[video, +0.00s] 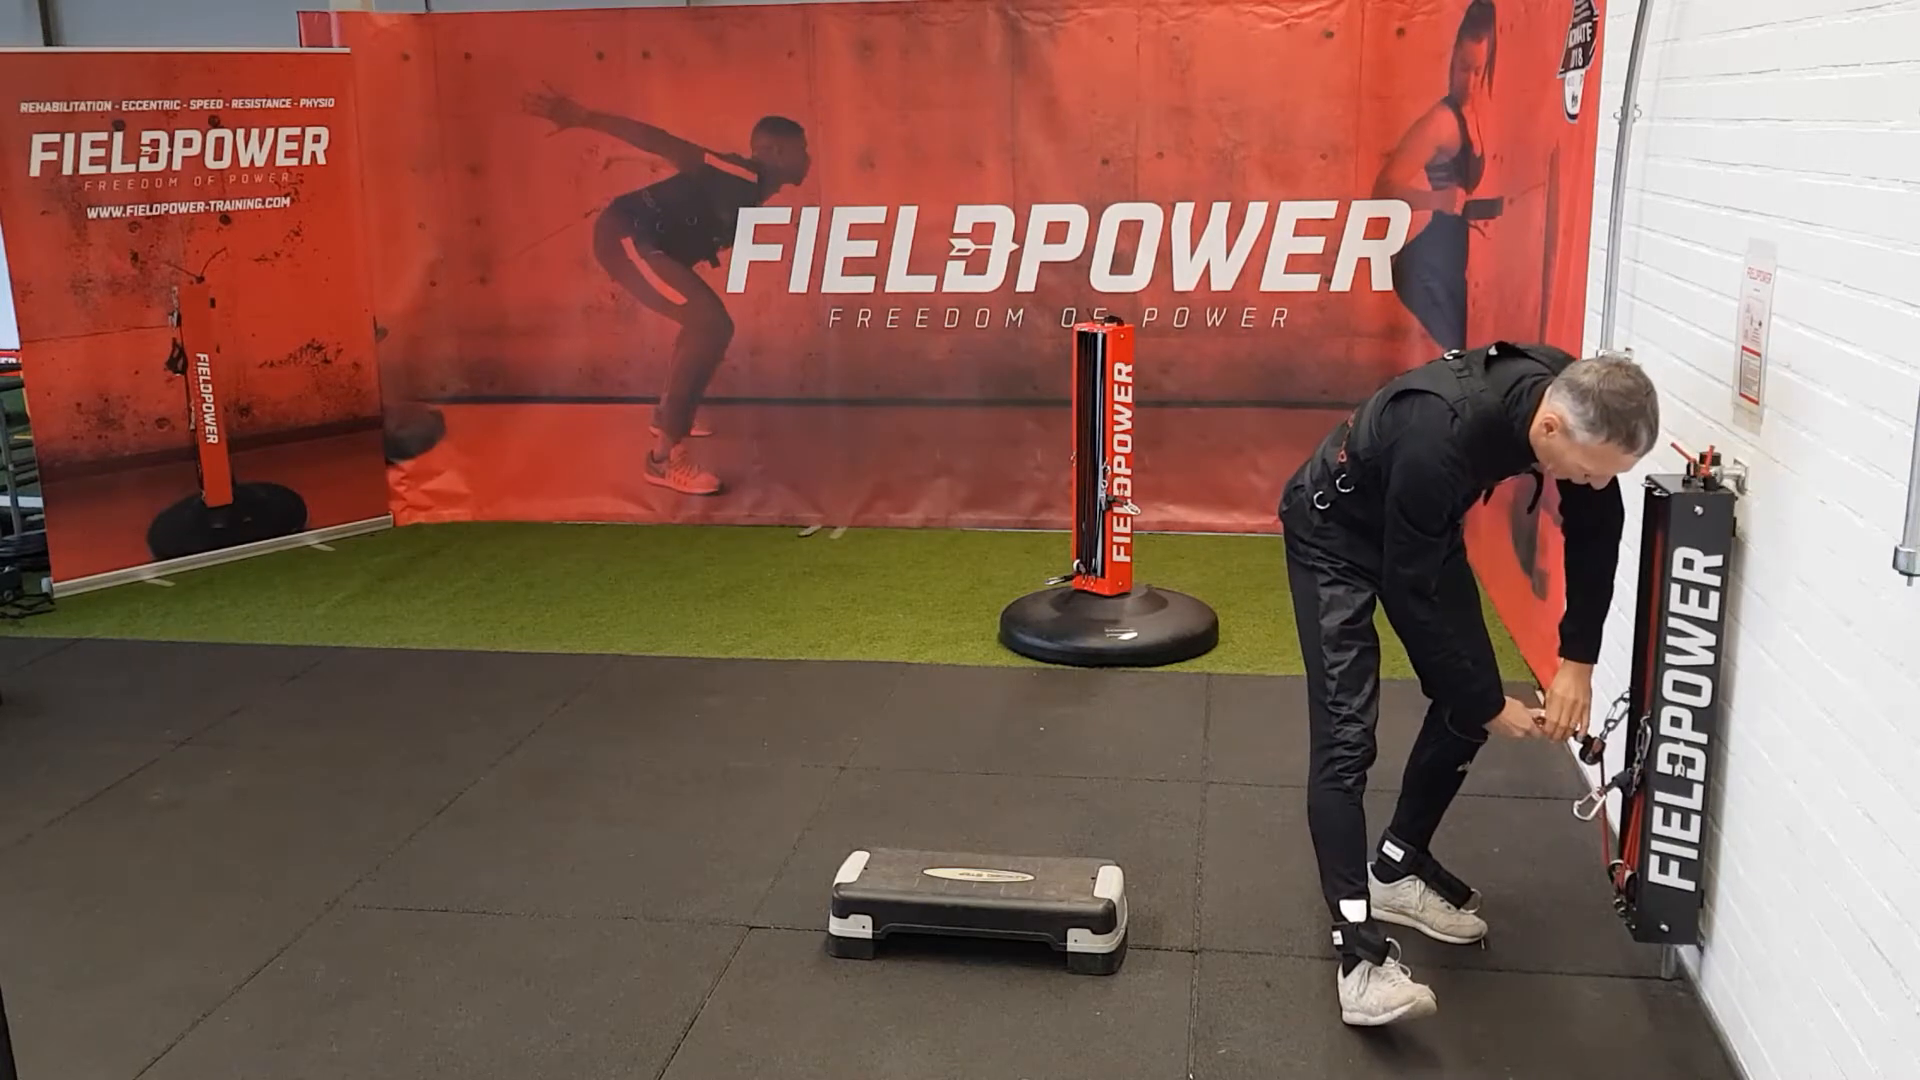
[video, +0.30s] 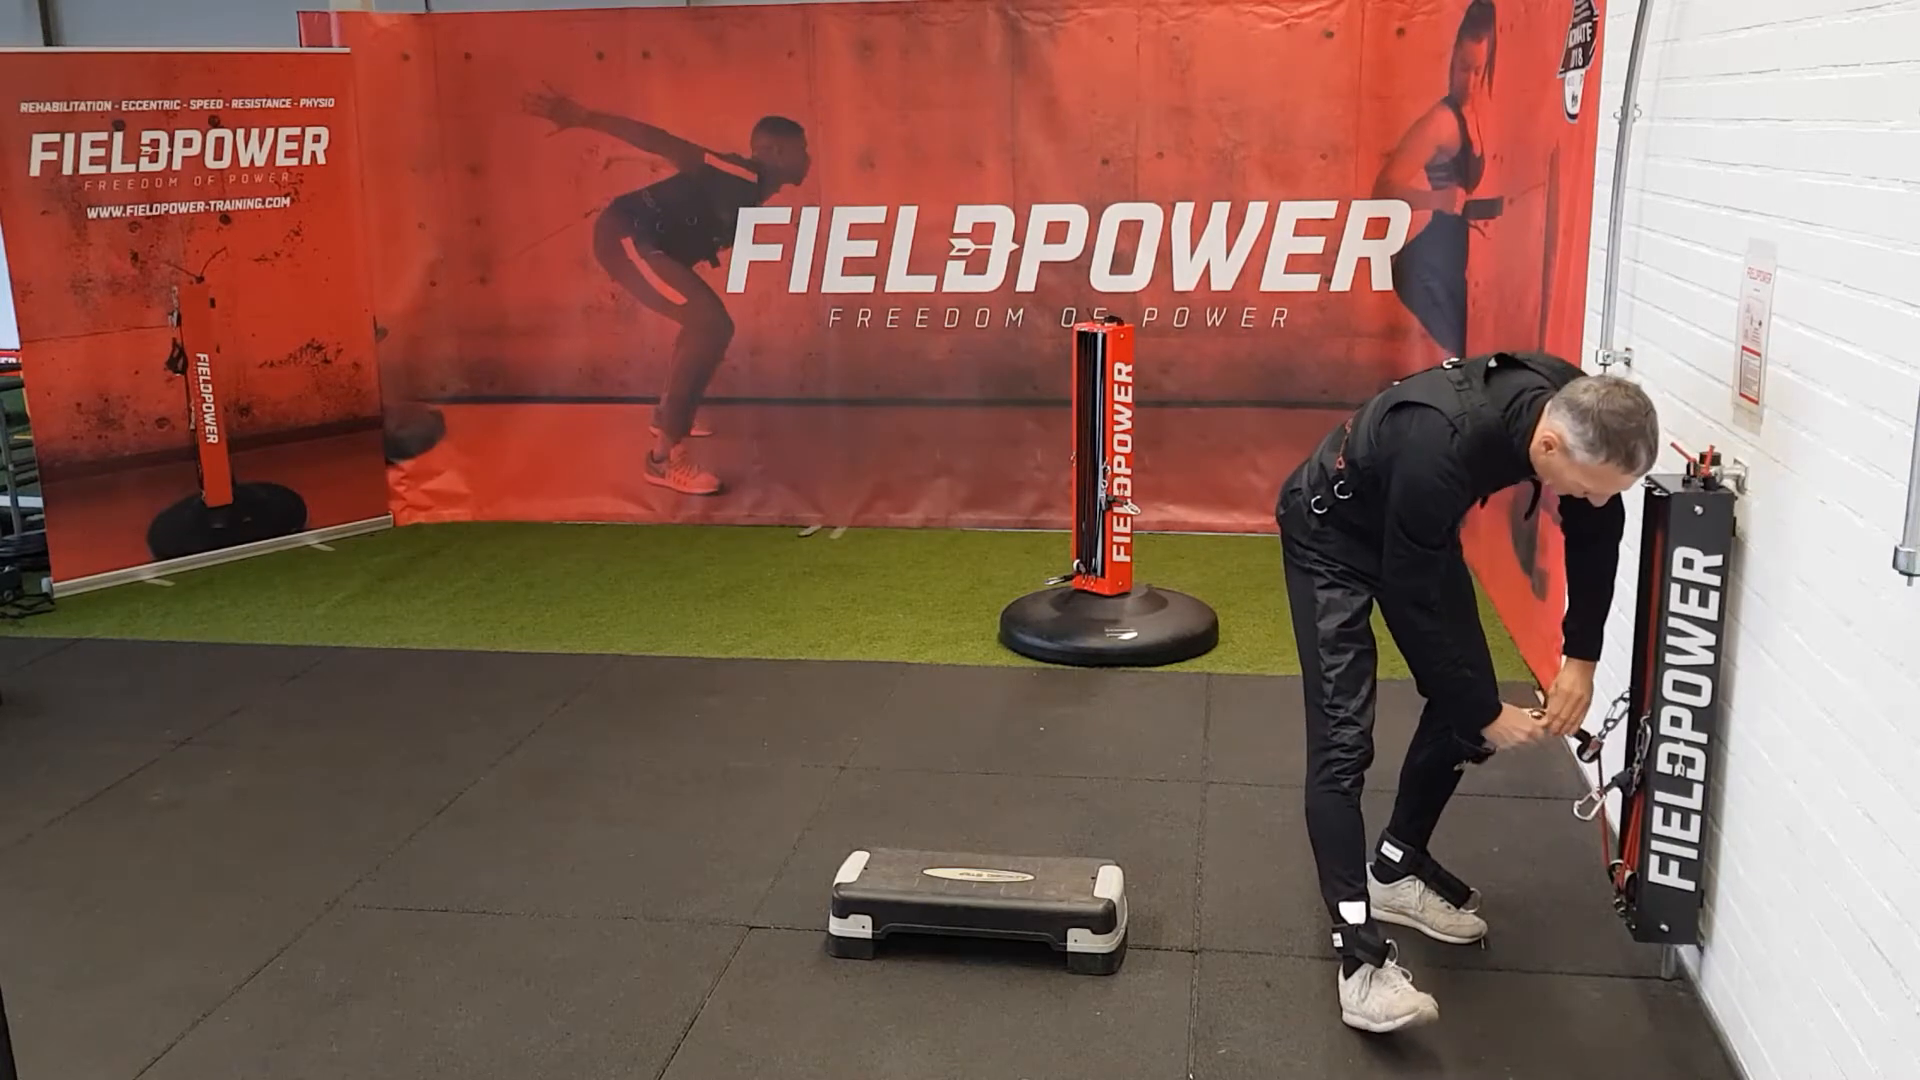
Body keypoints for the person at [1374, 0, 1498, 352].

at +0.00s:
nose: (1472, 81)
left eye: (1481, 71)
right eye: (1465, 69)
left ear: (1491, 72)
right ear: (1451, 66)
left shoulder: (1468, 118)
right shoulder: (1442, 120)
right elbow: (1386, 188)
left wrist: (1467, 210)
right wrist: (1440, 199)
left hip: (1446, 256)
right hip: (1425, 259)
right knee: (1452, 355)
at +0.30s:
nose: (1472, 81)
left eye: (1482, 71)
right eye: (1464, 68)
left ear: (1492, 74)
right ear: (1450, 66)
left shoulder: (1468, 121)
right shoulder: (1440, 121)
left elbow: (1437, 190)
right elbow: (1387, 188)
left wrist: (1473, 210)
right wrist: (1438, 199)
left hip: (1447, 257)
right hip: (1424, 260)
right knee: (1454, 357)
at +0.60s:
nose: (1471, 81)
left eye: (1481, 71)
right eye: (1464, 68)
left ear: (1492, 72)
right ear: (1451, 66)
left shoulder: (1466, 119)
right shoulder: (1442, 119)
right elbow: (1386, 188)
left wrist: (1469, 211)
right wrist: (1438, 199)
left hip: (1445, 256)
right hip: (1424, 259)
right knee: (1450, 356)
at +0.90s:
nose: (1471, 81)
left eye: (1480, 71)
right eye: (1465, 68)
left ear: (1488, 72)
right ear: (1450, 65)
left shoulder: (1465, 118)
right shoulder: (1440, 120)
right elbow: (1387, 186)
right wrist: (1438, 200)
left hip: (1445, 254)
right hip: (1426, 257)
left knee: (1456, 344)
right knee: (1450, 345)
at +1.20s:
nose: (1471, 83)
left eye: (1479, 72)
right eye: (1464, 70)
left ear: (1489, 69)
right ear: (1449, 66)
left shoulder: (1470, 115)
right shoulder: (1440, 121)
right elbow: (1388, 186)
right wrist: (1437, 199)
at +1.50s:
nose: (1469, 83)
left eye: (1478, 72)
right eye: (1462, 70)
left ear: (1487, 70)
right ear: (1447, 65)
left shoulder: (1470, 114)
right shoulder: (1440, 120)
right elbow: (1386, 187)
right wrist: (1441, 199)